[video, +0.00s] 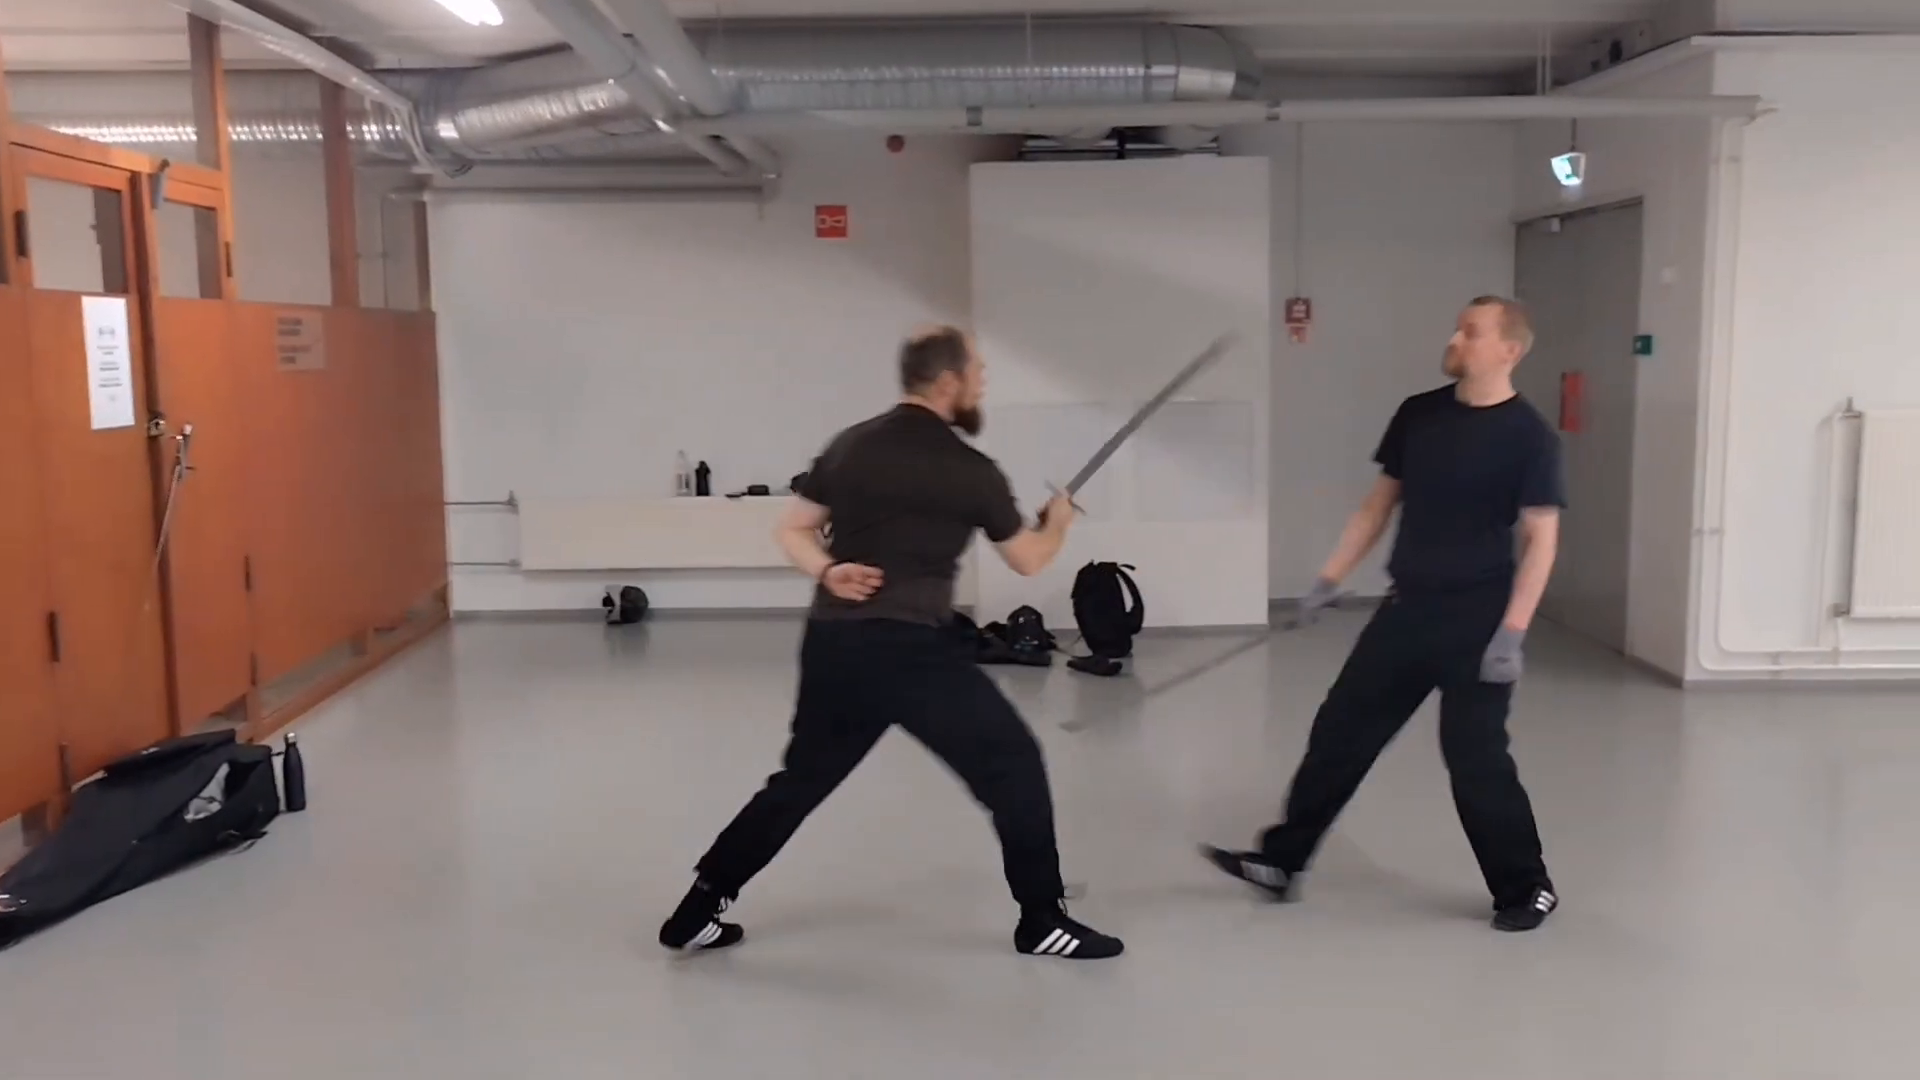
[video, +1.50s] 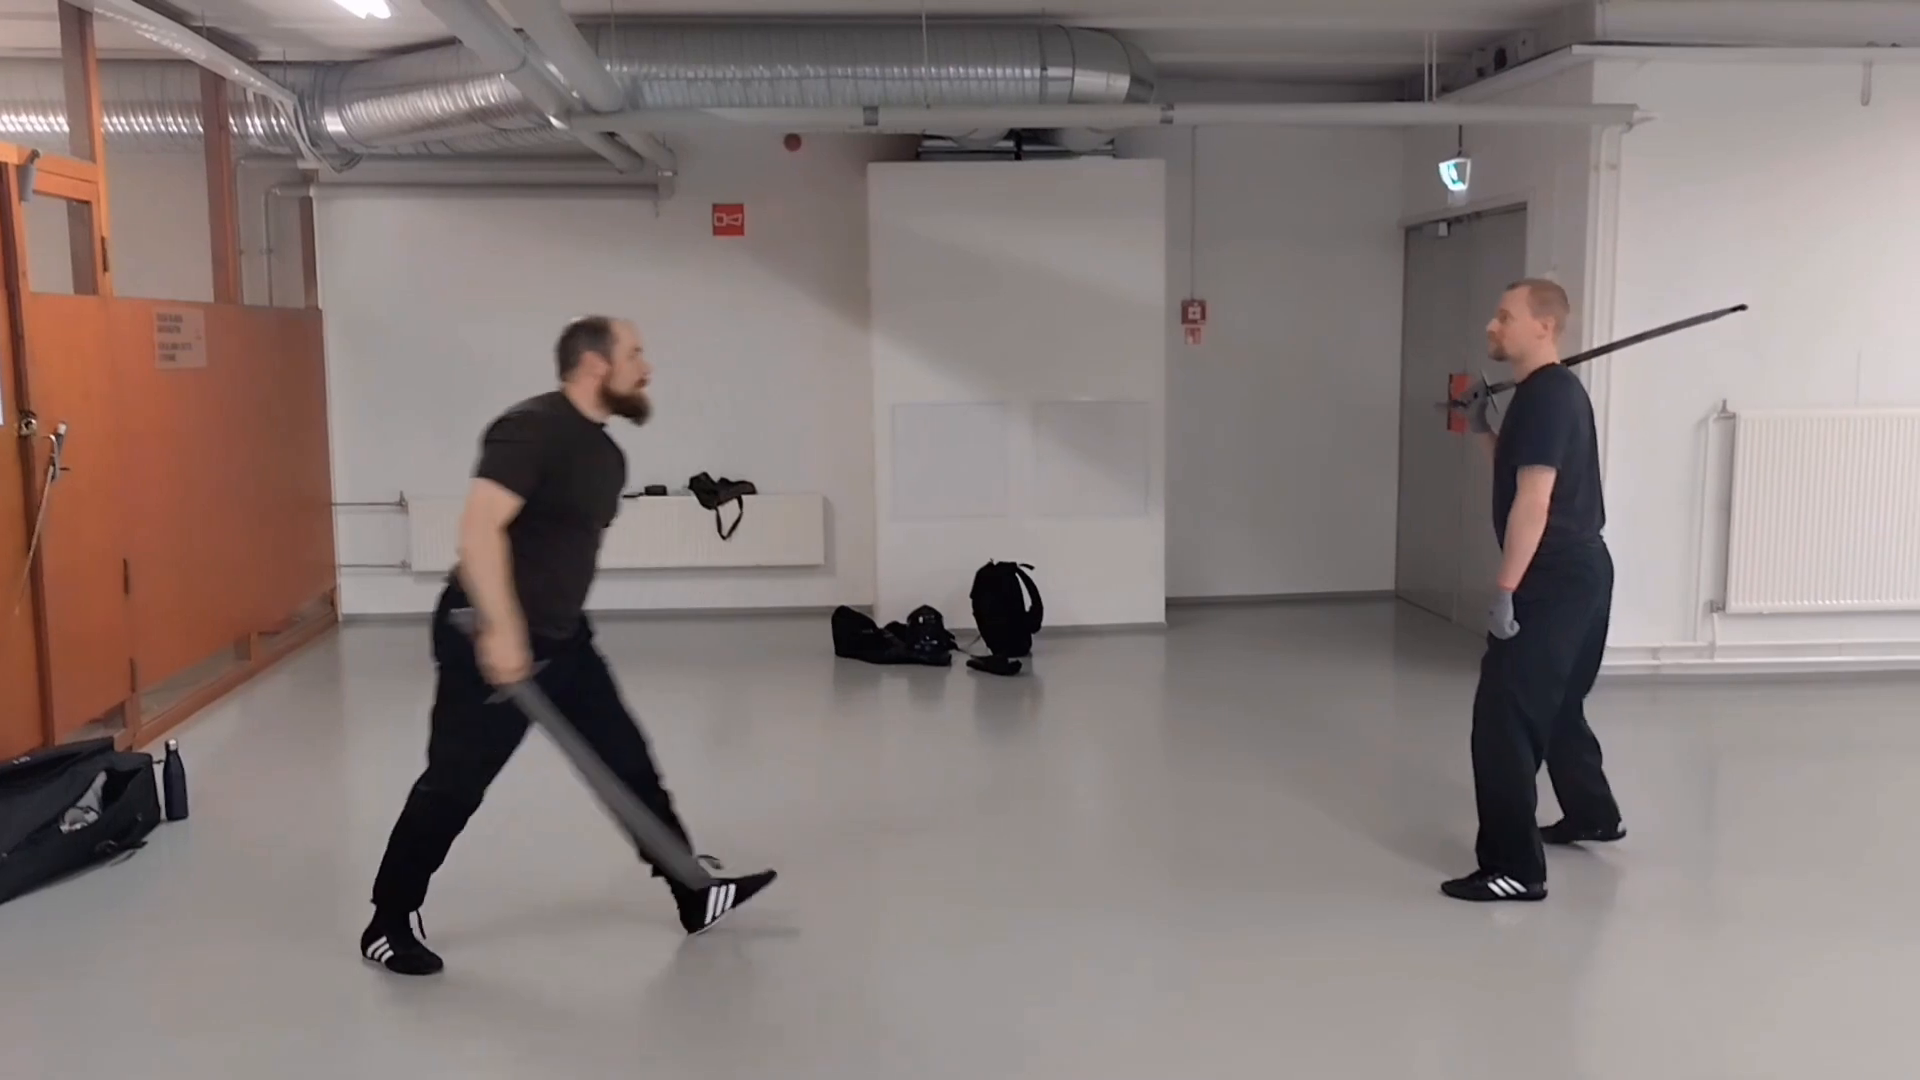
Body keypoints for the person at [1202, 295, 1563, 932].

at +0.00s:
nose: (1453, 340)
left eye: (1469, 332)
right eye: (1456, 329)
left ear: (1510, 350)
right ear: (1458, 341)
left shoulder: (1530, 435)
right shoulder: (1420, 414)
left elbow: (1540, 541)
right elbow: (1379, 504)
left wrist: (1511, 632)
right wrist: (1327, 581)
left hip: (1481, 618)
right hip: (1408, 610)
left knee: (1475, 756)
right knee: (1342, 729)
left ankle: (1526, 889)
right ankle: (1281, 860)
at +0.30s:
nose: (1511, 315)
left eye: (1528, 307)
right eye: (1513, 305)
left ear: (1569, 324)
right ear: (1515, 316)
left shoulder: (1592, 407)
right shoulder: (1487, 392)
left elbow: (1604, 512)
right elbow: (1459, 484)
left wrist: (1576, 602)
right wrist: (1419, 561)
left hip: (1553, 587)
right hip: (1491, 581)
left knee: (1520, 727)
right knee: (1496, 723)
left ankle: (1510, 882)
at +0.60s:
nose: (1538, 329)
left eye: (1554, 320)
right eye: (1540, 319)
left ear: (1594, 333)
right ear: (1554, 334)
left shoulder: (1614, 409)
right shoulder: (1546, 402)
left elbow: (1628, 516)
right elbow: (1534, 490)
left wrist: (1593, 603)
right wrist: (1468, 516)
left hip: (1602, 588)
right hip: (1566, 584)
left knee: (1552, 720)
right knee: (1614, 711)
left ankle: (1499, 864)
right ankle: (1675, 825)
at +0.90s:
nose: (1545, 319)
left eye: (1559, 310)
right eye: (1547, 309)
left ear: (1600, 320)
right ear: (1587, 323)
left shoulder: (1606, 388)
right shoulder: (1586, 387)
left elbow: (1614, 493)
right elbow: (1570, 473)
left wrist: (1581, 585)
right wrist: (1513, 435)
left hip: (1606, 573)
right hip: (1617, 568)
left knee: (1561, 709)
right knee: (1623, 707)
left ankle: (1549, 859)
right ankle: (1647, 828)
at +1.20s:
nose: (1526, 320)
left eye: (1540, 312)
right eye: (1529, 311)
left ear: (1580, 325)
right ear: (1578, 329)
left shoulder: (1577, 392)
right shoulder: (1574, 389)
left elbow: (1568, 492)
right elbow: (1550, 470)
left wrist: (1533, 584)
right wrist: (1511, 428)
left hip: (1575, 577)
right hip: (1597, 572)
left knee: (1518, 711)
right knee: (1587, 704)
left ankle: (1530, 864)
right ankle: (1625, 828)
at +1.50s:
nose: (1491, 327)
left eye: (1504, 317)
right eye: (1494, 317)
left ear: (1543, 327)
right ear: (1542, 328)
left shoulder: (1545, 393)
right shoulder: (1557, 390)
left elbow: (1535, 498)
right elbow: (1523, 473)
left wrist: (1504, 589)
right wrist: (1484, 431)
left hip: (1553, 576)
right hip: (1580, 569)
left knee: (1500, 710)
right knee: (1555, 701)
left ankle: (1513, 869)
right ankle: (1592, 813)